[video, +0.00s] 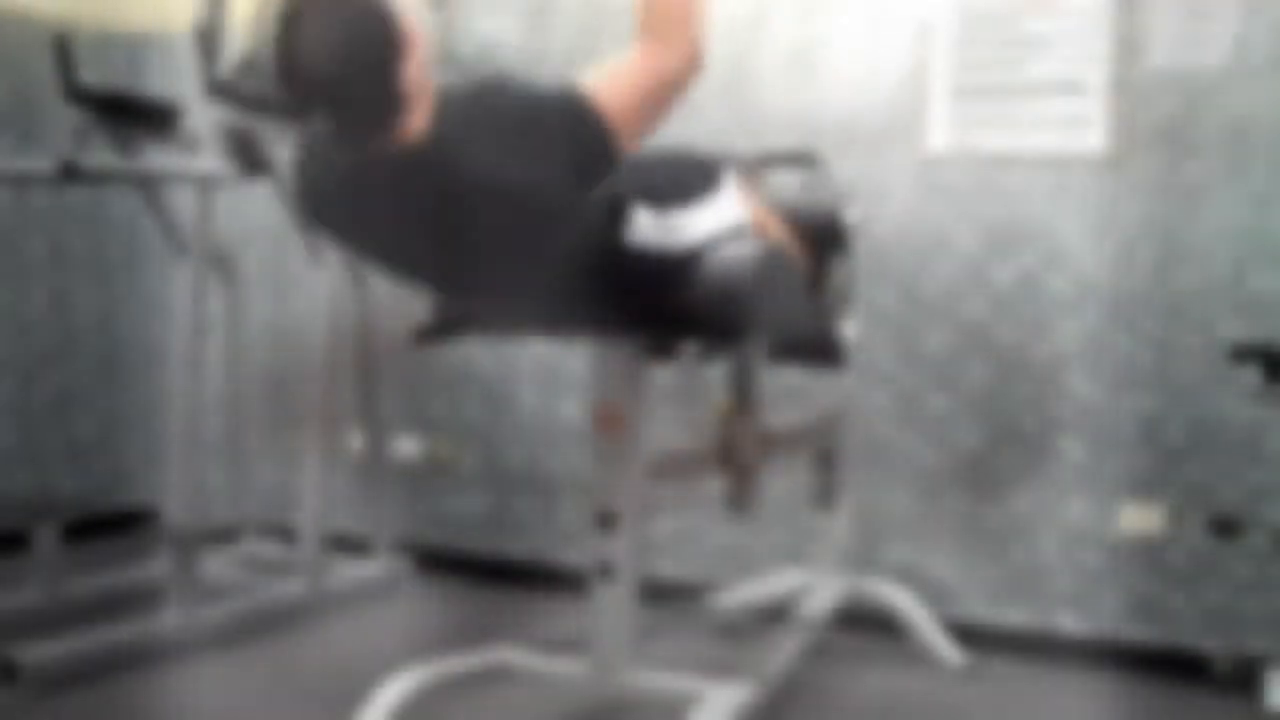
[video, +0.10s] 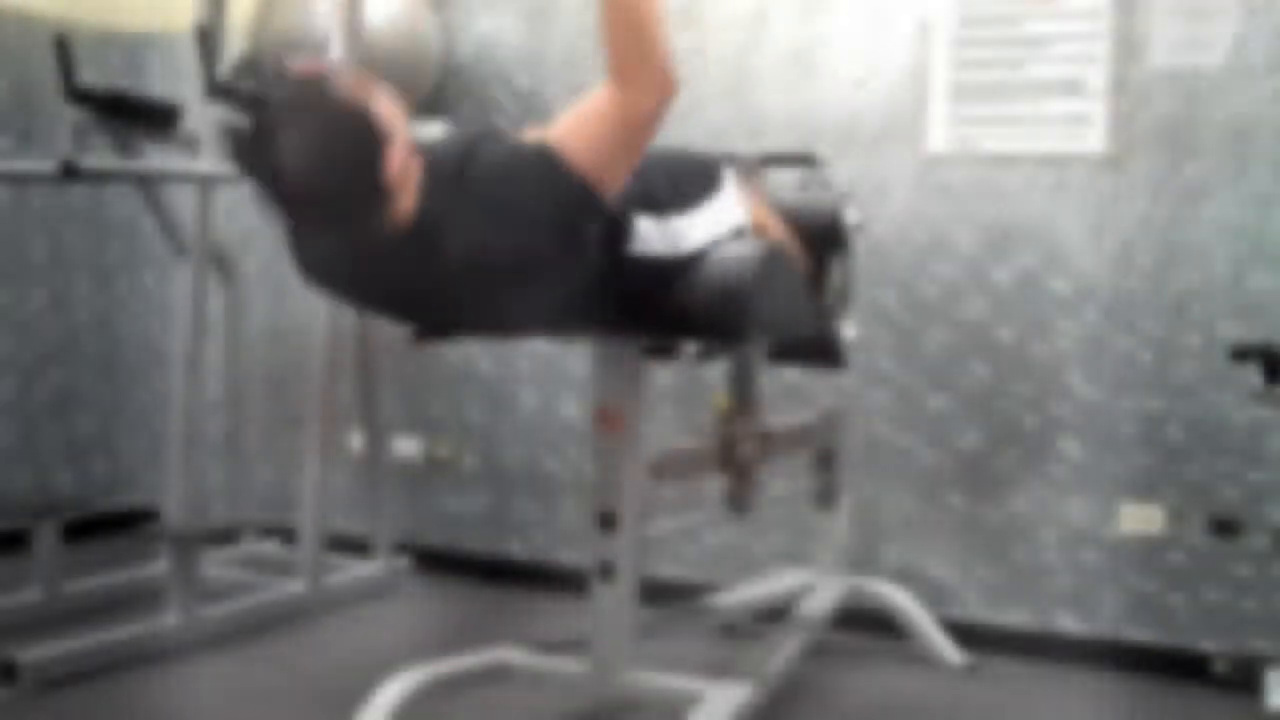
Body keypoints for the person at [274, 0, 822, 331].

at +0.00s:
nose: (418, 31)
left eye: (406, 25)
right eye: (410, 35)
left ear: (323, 103)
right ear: (404, 69)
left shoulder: (325, 185)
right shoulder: (500, 139)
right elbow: (672, 52)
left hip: (516, 304)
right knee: (728, 196)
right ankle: (801, 267)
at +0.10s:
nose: (378, 85)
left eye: (361, 87)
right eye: (374, 98)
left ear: (303, 186)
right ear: (395, 170)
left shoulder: (321, 246)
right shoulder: (499, 203)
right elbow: (645, 90)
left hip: (545, 293)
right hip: (633, 250)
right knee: (741, 198)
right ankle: (804, 274)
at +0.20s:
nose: (356, 169)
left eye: (338, 173)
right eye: (354, 188)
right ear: (391, 261)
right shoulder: (493, 270)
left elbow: (439, 177)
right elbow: (614, 140)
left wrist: (534, 144)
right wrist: (531, 6)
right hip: (659, 229)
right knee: (747, 207)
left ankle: (792, 249)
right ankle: (803, 281)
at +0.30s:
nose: (339, 241)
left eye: (318, 254)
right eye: (336, 268)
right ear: (391, 333)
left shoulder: (365, 281)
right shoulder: (486, 332)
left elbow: (403, 211)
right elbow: (589, 223)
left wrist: (499, 158)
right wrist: (461, 156)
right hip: (631, 232)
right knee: (731, 191)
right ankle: (800, 280)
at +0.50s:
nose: (356, 394)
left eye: (335, 409)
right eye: (359, 422)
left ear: (312, 401)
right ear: (402, 461)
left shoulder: (331, 354)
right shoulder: (487, 404)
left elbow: (377, 268)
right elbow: (571, 448)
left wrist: (480, 183)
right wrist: (410, 504)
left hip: (534, 198)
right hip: (606, 235)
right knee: (727, 177)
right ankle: (799, 273)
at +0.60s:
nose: (353, 433)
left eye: (334, 453)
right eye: (361, 461)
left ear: (313, 445)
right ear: (412, 505)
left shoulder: (336, 383)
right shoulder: (503, 453)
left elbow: (375, 282)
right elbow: (569, 550)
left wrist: (470, 195)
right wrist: (419, 632)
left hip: (501, 222)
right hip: (586, 241)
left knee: (579, 150)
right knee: (718, 169)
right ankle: (801, 283)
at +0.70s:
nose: (365, 456)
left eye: (347, 473)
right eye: (370, 484)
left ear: (332, 459)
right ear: (420, 536)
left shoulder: (340, 399)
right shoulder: (511, 489)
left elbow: (372, 292)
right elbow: (557, 620)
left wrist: (470, 203)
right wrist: (448, 712)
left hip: (510, 224)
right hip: (588, 253)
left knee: (570, 149)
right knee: (717, 165)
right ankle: (797, 287)